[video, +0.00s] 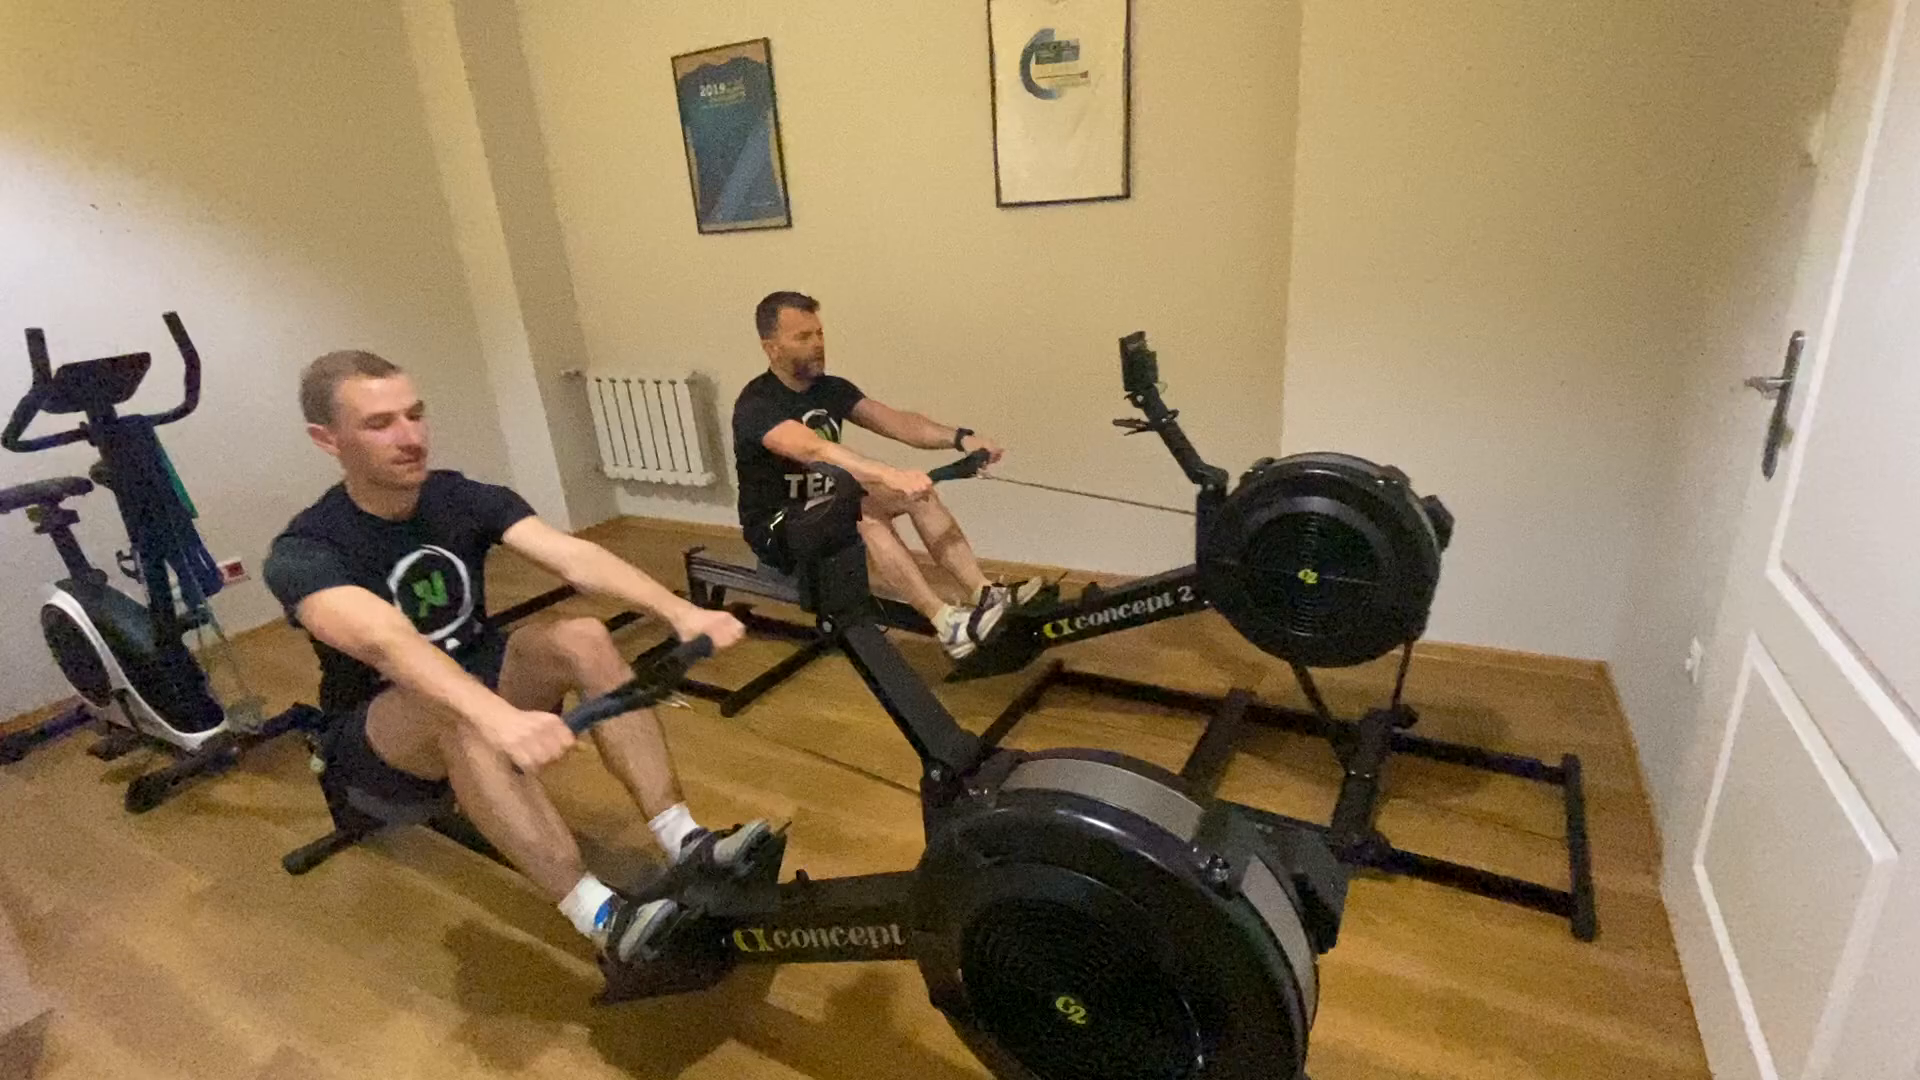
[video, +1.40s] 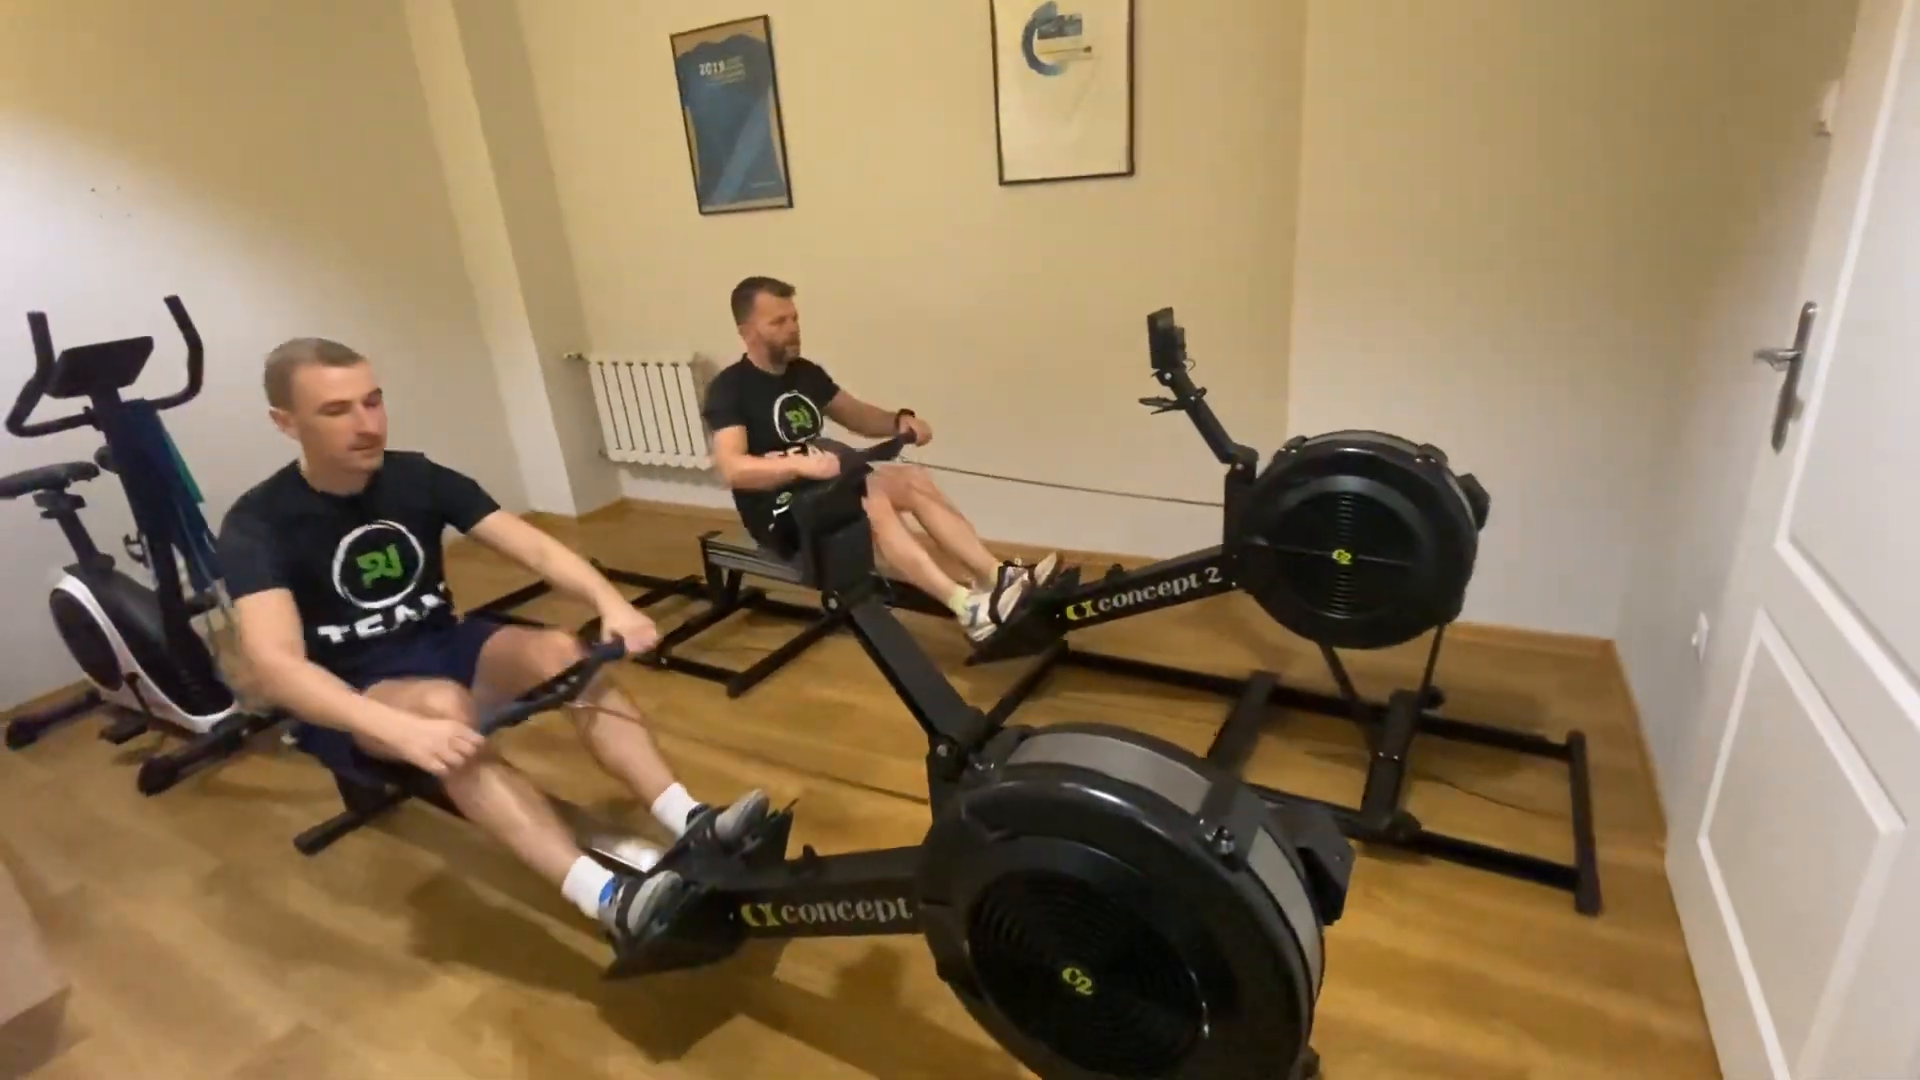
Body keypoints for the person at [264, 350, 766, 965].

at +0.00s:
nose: (409, 436)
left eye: (414, 414)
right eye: (380, 424)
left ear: (425, 413)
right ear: (328, 440)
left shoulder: (458, 499)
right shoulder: (303, 554)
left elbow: (572, 557)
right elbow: (387, 641)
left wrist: (680, 610)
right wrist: (496, 718)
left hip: (475, 682)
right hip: (371, 731)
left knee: (585, 638)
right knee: (463, 716)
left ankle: (688, 847)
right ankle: (605, 918)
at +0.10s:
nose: (353, 423)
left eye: (358, 403)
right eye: (325, 411)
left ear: (368, 401)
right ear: (273, 426)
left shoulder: (410, 486)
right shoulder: (256, 540)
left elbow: (520, 544)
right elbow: (335, 630)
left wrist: (622, 596)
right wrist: (437, 693)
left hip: (450, 658)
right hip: (352, 699)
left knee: (568, 659)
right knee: (449, 727)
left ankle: (688, 843)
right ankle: (604, 920)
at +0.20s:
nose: (315, 418)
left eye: (320, 398)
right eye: (289, 408)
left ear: (329, 394)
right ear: (236, 422)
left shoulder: (379, 482)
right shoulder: (223, 532)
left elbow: (484, 545)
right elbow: (280, 633)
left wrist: (568, 584)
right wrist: (377, 679)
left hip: (428, 656)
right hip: (328, 695)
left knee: (555, 683)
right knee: (437, 731)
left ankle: (688, 844)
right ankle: (601, 919)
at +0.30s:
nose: (278, 427)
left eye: (283, 406)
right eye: (252, 416)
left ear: (295, 399)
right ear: (203, 426)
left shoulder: (349, 484)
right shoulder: (189, 535)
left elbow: (446, 552)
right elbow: (220, 652)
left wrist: (507, 573)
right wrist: (311, 670)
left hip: (402, 653)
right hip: (304, 696)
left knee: (527, 705)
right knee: (426, 753)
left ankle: (687, 842)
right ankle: (599, 920)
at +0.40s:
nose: (261, 436)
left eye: (266, 415)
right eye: (236, 427)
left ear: (276, 407)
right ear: (189, 437)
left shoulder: (334, 492)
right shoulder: (177, 541)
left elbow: (424, 562)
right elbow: (176, 672)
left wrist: (452, 565)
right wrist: (261, 667)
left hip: (395, 646)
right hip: (303, 689)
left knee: (520, 721)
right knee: (429, 772)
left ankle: (688, 841)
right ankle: (605, 922)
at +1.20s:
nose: (319, 416)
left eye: (324, 395)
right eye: (292, 404)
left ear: (332, 393)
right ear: (238, 416)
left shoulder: (377, 479)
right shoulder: (218, 520)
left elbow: (481, 543)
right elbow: (211, 662)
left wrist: (548, 585)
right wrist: (332, 704)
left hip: (422, 651)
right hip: (327, 690)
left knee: (539, 677)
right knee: (440, 730)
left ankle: (691, 827)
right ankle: (605, 902)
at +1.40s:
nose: (367, 424)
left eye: (372, 402)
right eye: (339, 411)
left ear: (382, 398)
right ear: (287, 423)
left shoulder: (416, 479)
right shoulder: (260, 526)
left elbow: (535, 550)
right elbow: (276, 666)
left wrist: (612, 603)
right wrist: (396, 729)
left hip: (444, 644)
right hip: (353, 682)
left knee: (569, 656)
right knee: (443, 724)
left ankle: (692, 824)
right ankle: (608, 898)